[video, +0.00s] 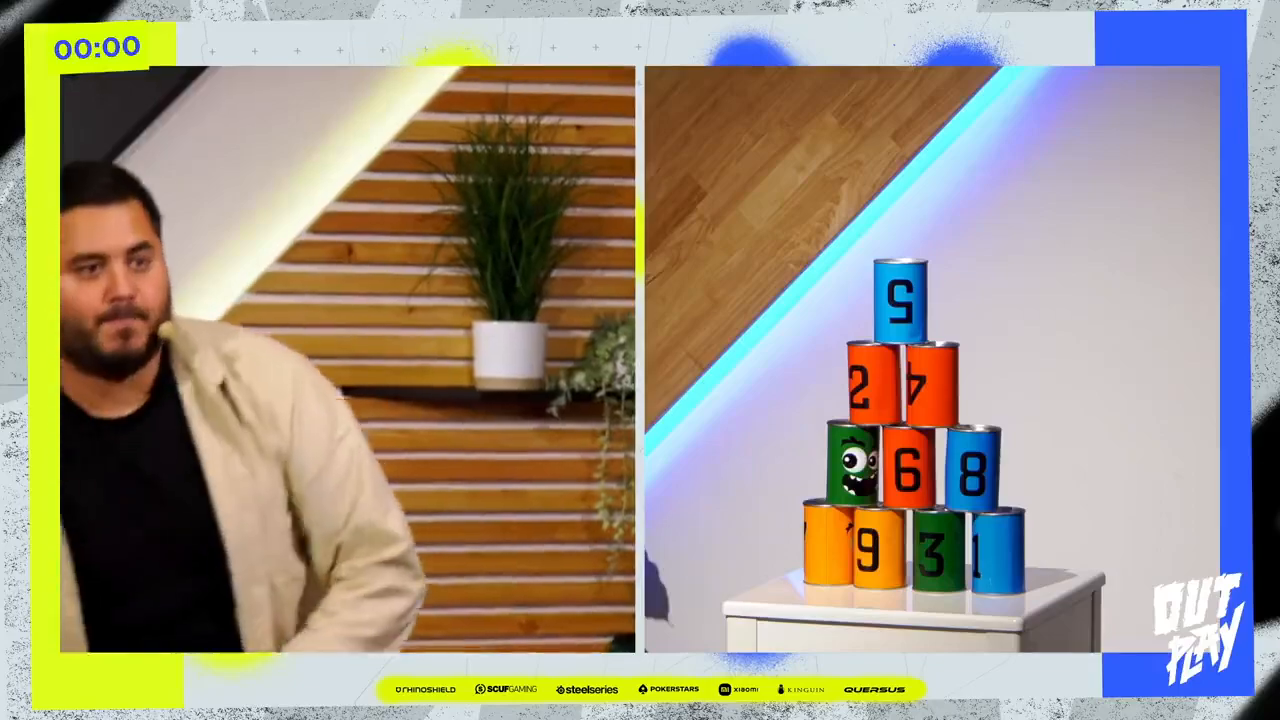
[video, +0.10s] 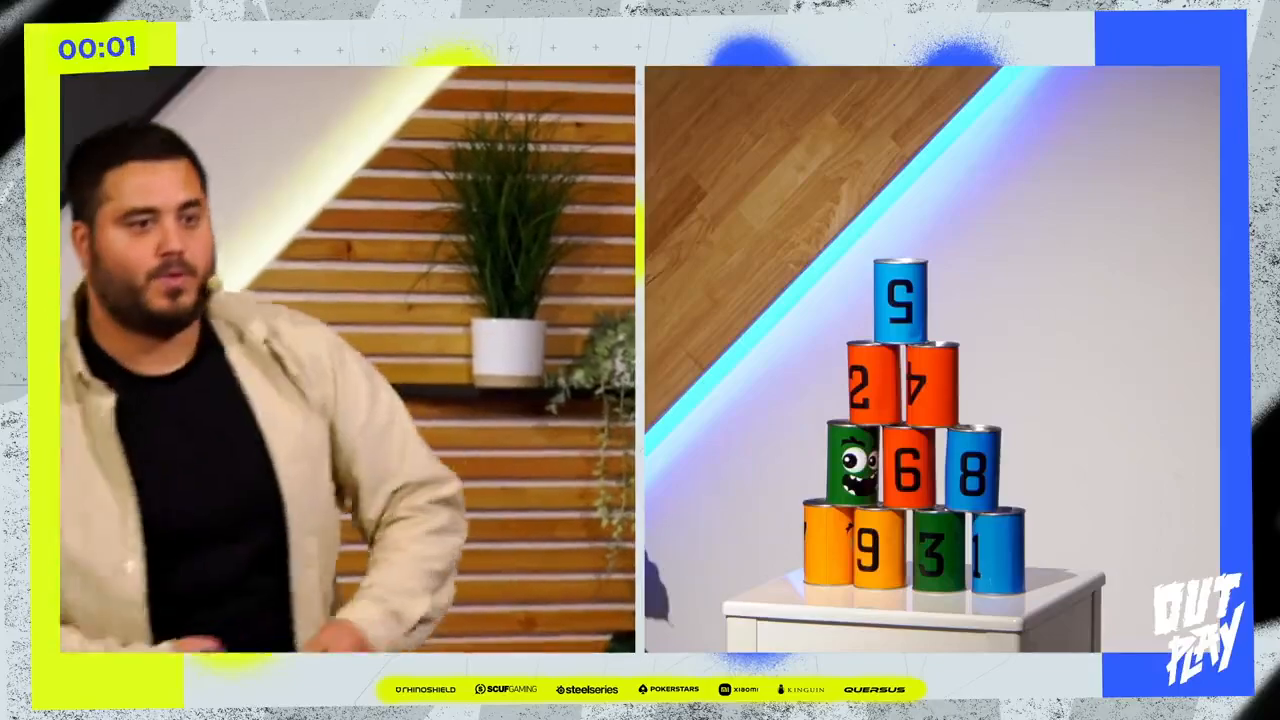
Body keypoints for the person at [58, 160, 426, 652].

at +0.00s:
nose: (122, 290)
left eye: (139, 260)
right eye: (88, 268)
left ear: (163, 262)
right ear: (40, 284)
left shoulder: (267, 382)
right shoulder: (6, 425)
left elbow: (384, 572)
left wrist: (276, 705)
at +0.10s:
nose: (175, 247)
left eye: (189, 218)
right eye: (140, 223)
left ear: (210, 225)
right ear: (83, 242)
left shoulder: (298, 352)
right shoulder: (28, 389)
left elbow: (424, 502)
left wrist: (364, 629)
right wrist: (143, 668)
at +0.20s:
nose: (225, 222)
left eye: (238, 194)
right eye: (191, 198)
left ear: (256, 204)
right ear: (132, 219)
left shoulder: (325, 342)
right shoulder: (69, 376)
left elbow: (419, 484)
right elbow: (50, 597)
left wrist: (450, 597)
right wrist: (236, 614)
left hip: (323, 700)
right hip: (146, 705)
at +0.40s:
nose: (300, 232)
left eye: (310, 208)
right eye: (267, 210)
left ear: (326, 222)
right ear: (204, 233)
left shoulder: (316, 360)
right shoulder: (162, 360)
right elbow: (189, 515)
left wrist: (421, 662)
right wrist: (401, 521)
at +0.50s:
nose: (310, 237)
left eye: (320, 213)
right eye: (277, 215)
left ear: (335, 226)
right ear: (214, 235)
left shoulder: (291, 370)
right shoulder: (184, 352)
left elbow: (269, 583)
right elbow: (216, 486)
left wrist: (413, 576)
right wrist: (415, 526)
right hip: (152, 694)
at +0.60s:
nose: (292, 241)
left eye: (303, 219)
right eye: (260, 221)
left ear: (317, 230)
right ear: (198, 240)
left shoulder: (265, 363)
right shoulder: (174, 353)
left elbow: (300, 491)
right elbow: (175, 485)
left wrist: (387, 412)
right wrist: (335, 562)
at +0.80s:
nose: (189, 213)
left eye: (201, 185)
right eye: (154, 192)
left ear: (220, 198)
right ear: (97, 217)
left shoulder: (311, 327)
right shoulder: (38, 360)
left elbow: (480, 335)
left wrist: (501, 162)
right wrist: (78, 647)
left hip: (309, 695)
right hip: (125, 701)